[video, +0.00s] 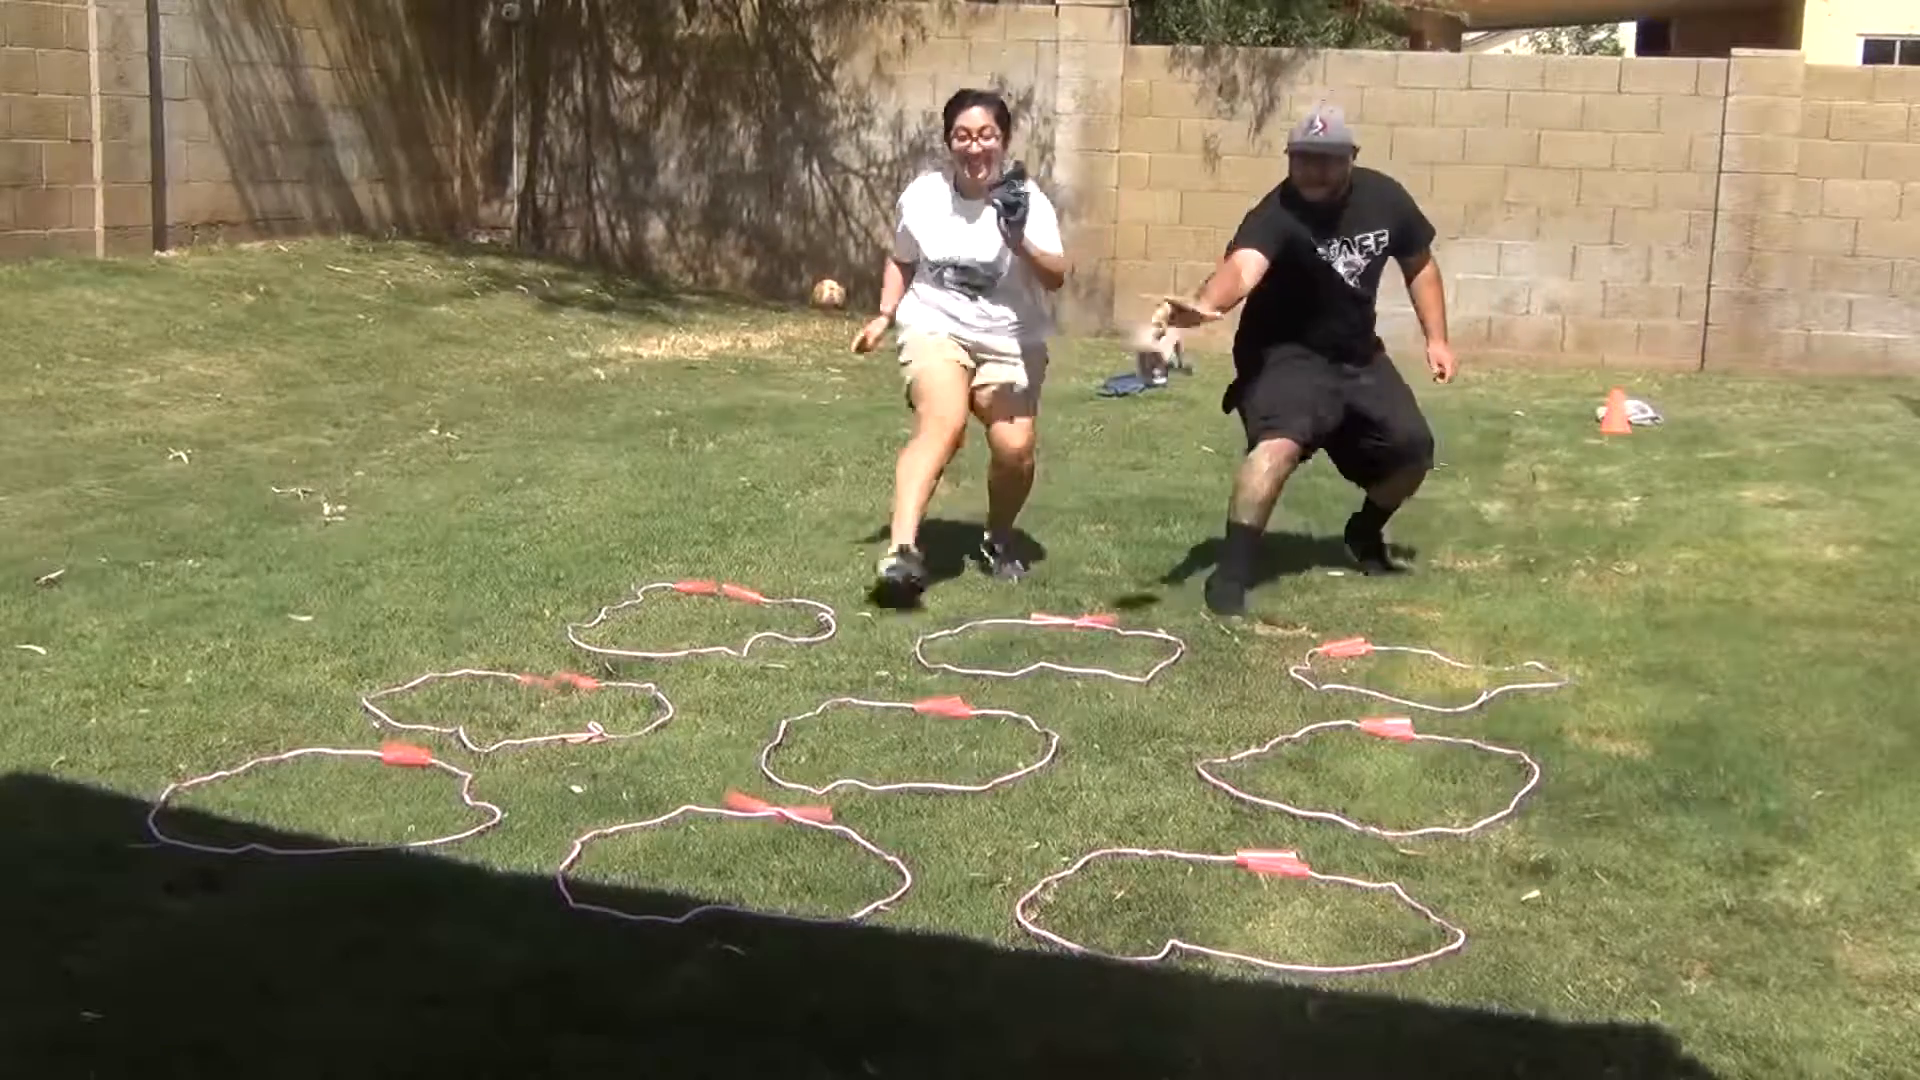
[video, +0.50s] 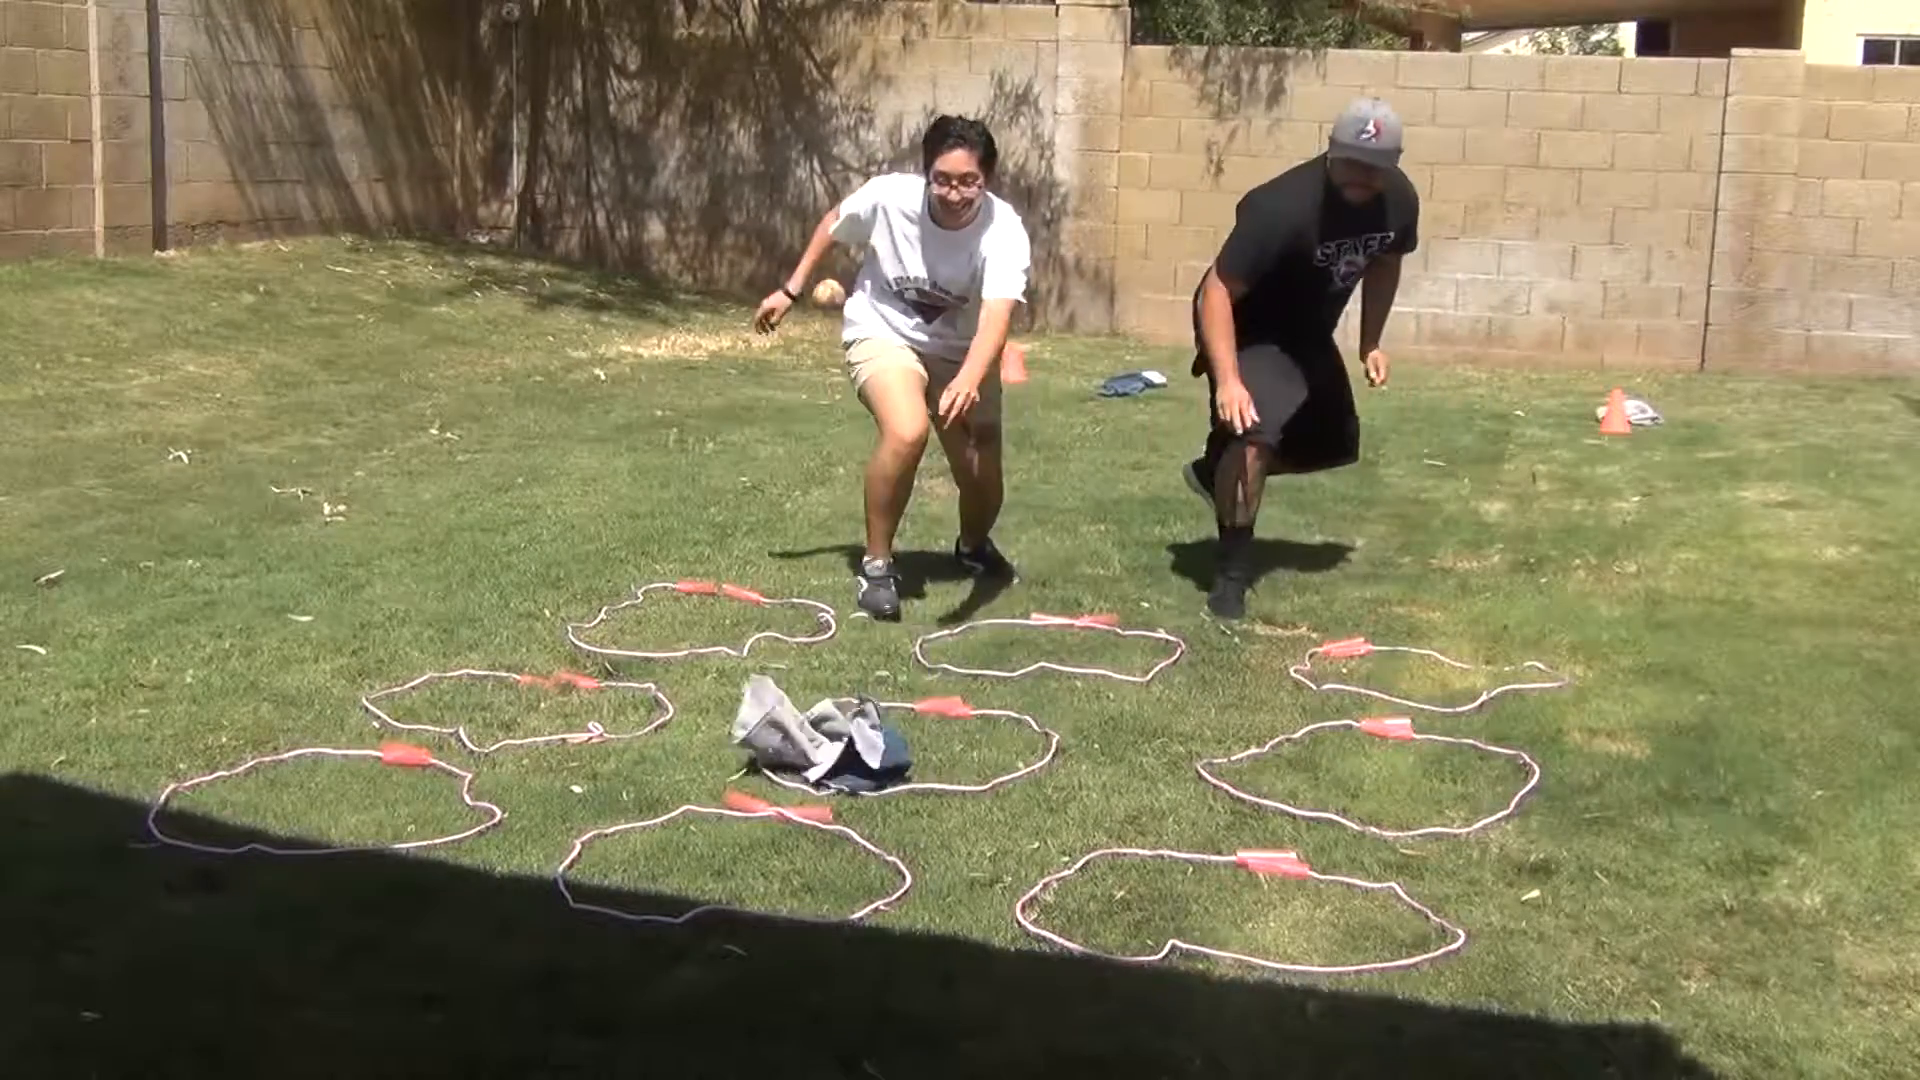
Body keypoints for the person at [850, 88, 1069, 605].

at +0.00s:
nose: (975, 146)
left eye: (986, 134)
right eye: (963, 135)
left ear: (1006, 140)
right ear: (948, 142)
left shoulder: (1029, 200)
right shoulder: (925, 193)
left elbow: (1056, 276)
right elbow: (901, 259)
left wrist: (1016, 237)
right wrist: (885, 314)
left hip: (1010, 337)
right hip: (934, 325)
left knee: (1015, 448)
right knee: (941, 420)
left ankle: (999, 538)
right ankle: (901, 552)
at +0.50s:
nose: (955, 193)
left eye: (968, 181)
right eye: (943, 180)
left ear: (986, 178)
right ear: (926, 172)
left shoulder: (1004, 229)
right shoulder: (888, 195)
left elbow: (997, 313)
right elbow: (832, 225)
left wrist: (971, 378)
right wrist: (791, 290)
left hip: (959, 346)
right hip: (883, 330)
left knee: (982, 471)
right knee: (907, 431)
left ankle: (973, 546)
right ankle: (877, 565)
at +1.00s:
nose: (858, 206)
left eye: (871, 193)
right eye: (844, 193)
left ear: (892, 178)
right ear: (819, 176)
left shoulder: (925, 224)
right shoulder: (781, 218)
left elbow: (978, 324)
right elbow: (755, 320)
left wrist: (1023, 426)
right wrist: (761, 402)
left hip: (879, 364)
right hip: (792, 366)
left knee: (853, 490)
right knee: (802, 507)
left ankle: (815, 648)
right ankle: (822, 542)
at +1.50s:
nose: (823, 409)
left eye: (837, 396)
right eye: (810, 393)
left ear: (850, 381)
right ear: (773, 366)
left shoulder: (842, 429)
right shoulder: (717, 322)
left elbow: (835, 553)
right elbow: (614, 326)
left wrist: (847, 690)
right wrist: (563, 398)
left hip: (747, 465)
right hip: (653, 398)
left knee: (698, 617)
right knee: (689, 536)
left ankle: (771, 632)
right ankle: (651, 737)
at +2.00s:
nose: (982, 291)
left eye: (987, 276)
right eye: (979, 272)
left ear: (938, 267)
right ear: (938, 261)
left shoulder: (890, 332)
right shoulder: (843, 271)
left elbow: (861, 423)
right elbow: (736, 332)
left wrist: (861, 437)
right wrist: (773, 443)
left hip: (733, 384)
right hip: (665, 366)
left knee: (822, 496)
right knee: (727, 541)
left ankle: (754, 654)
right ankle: (657, 735)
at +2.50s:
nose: (999, 98)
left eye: (998, 88)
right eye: (1000, 88)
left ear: (933, 78)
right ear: (992, 88)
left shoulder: (898, 129)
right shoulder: (976, 135)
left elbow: (905, 246)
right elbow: (978, 205)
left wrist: (986, 313)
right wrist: (1010, 304)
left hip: (818, 287)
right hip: (907, 300)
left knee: (829, 453)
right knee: (935, 437)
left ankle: (795, 578)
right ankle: (913, 581)